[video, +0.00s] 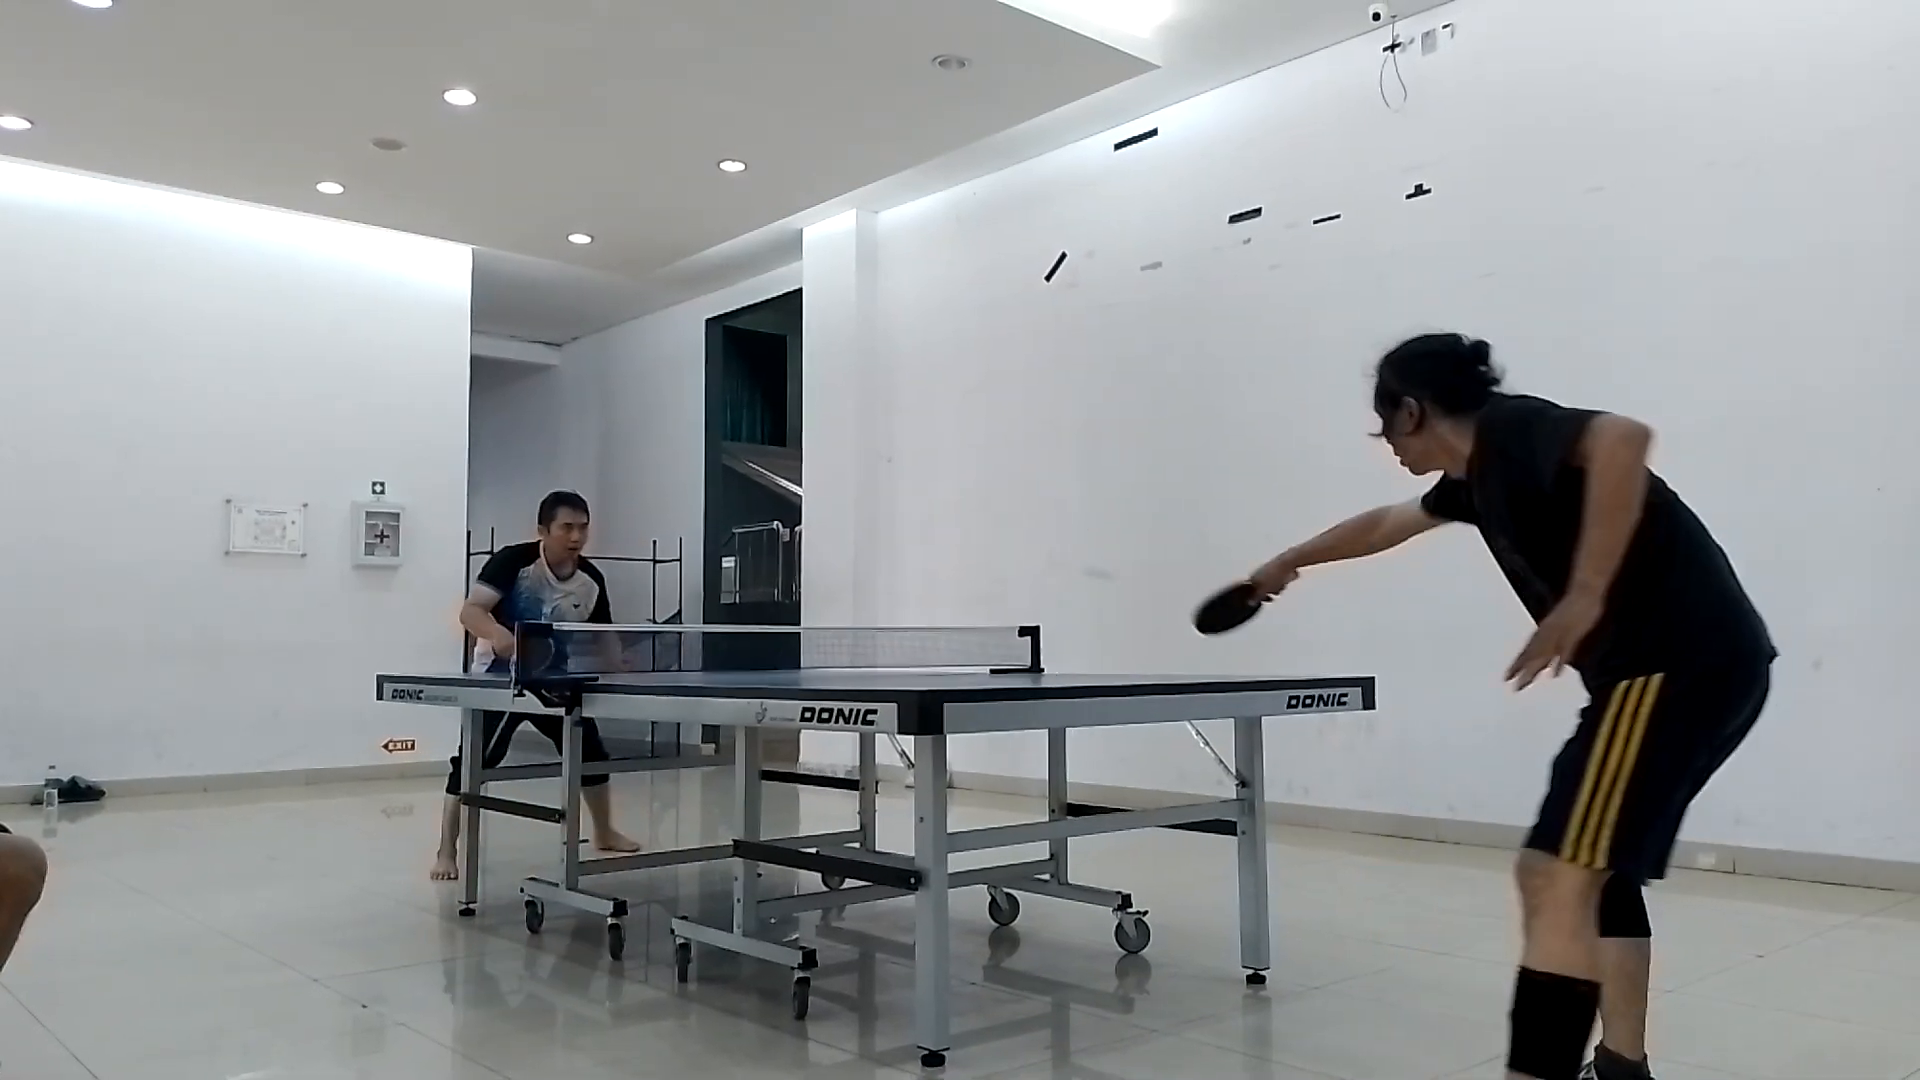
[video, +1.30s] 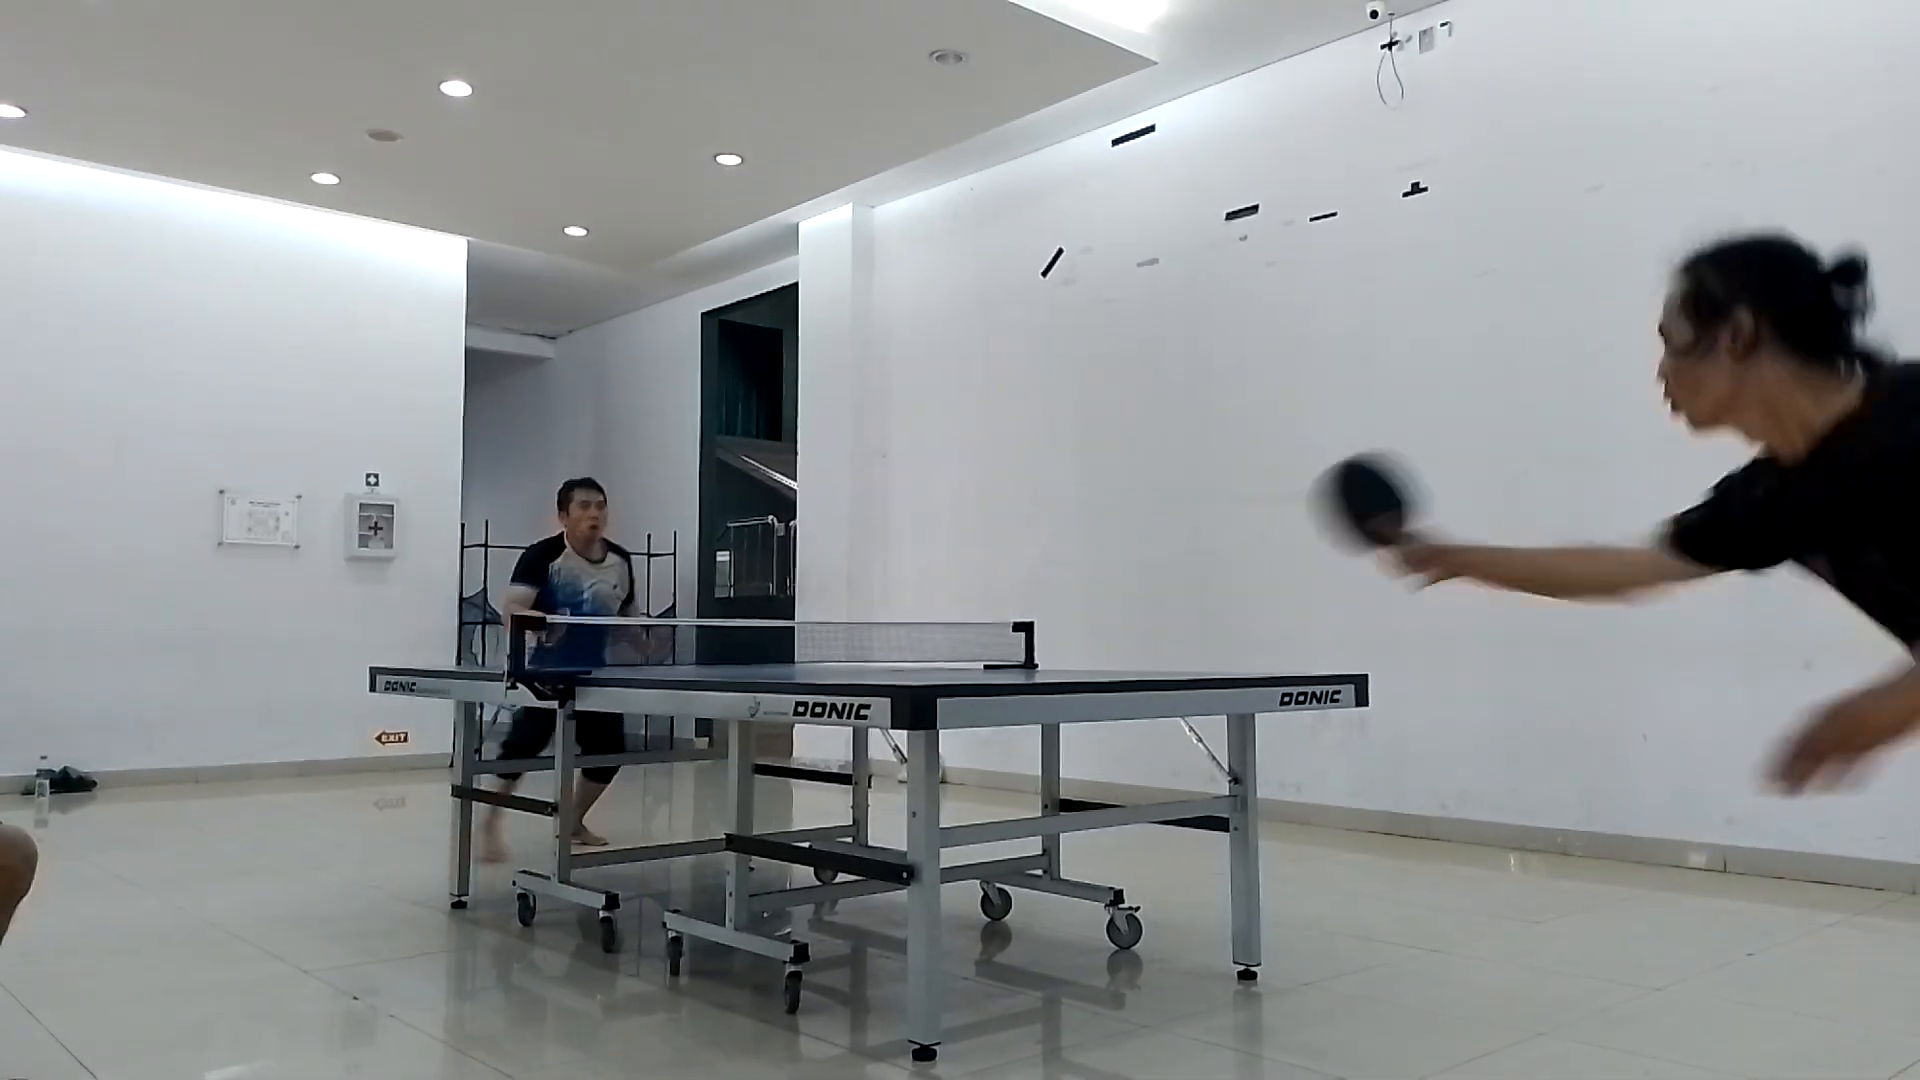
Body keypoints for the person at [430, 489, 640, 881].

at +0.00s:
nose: (577, 536)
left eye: (582, 528)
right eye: (567, 528)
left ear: (588, 530)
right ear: (543, 530)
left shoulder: (591, 580)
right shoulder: (512, 560)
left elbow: (605, 636)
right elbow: (469, 613)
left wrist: (617, 667)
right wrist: (498, 634)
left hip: (556, 685)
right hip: (498, 682)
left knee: (591, 754)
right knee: (472, 758)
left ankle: (604, 834)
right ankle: (447, 850)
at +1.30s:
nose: (595, 514)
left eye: (600, 505)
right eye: (584, 506)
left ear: (607, 512)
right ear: (564, 515)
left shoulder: (619, 560)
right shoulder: (541, 556)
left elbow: (627, 618)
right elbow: (513, 612)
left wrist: (645, 646)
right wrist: (541, 631)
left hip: (594, 674)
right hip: (544, 673)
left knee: (608, 754)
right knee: (524, 745)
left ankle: (572, 822)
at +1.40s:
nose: (600, 506)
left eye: (605, 498)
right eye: (589, 499)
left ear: (613, 505)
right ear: (569, 509)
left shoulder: (633, 554)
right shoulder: (548, 552)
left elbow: (651, 614)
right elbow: (524, 615)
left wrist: (659, 654)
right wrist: (550, 625)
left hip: (610, 668)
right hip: (558, 668)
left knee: (645, 741)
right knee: (548, 748)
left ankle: (613, 806)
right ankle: (542, 830)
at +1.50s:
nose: (612, 520)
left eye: (617, 512)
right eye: (602, 513)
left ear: (625, 517)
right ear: (582, 523)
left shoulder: (645, 563)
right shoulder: (562, 564)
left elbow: (667, 622)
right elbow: (544, 625)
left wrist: (667, 629)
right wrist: (574, 633)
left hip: (636, 675)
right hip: (584, 677)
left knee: (676, 730)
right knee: (556, 746)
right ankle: (545, 833)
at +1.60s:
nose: (630, 539)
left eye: (634, 530)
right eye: (619, 532)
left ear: (641, 535)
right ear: (600, 542)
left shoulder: (661, 575)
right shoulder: (586, 583)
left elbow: (680, 636)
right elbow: (579, 646)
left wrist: (696, 622)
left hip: (658, 690)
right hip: (603, 692)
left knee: (707, 748)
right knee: (570, 760)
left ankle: (718, 826)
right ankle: (545, 834)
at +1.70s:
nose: (654, 546)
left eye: (655, 537)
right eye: (641, 541)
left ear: (661, 540)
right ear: (622, 554)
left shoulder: (676, 574)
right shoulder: (616, 593)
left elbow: (707, 605)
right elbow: (643, 641)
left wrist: (731, 587)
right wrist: (705, 624)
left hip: (669, 693)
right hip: (620, 695)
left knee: (713, 748)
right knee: (595, 758)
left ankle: (720, 825)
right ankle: (548, 831)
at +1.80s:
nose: (674, 550)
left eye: (674, 541)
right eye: (662, 546)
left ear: (681, 542)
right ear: (643, 559)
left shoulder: (686, 569)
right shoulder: (639, 598)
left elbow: (732, 585)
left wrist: (752, 563)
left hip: (667, 691)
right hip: (625, 695)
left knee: (713, 741)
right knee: (600, 758)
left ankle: (719, 822)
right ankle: (548, 831)